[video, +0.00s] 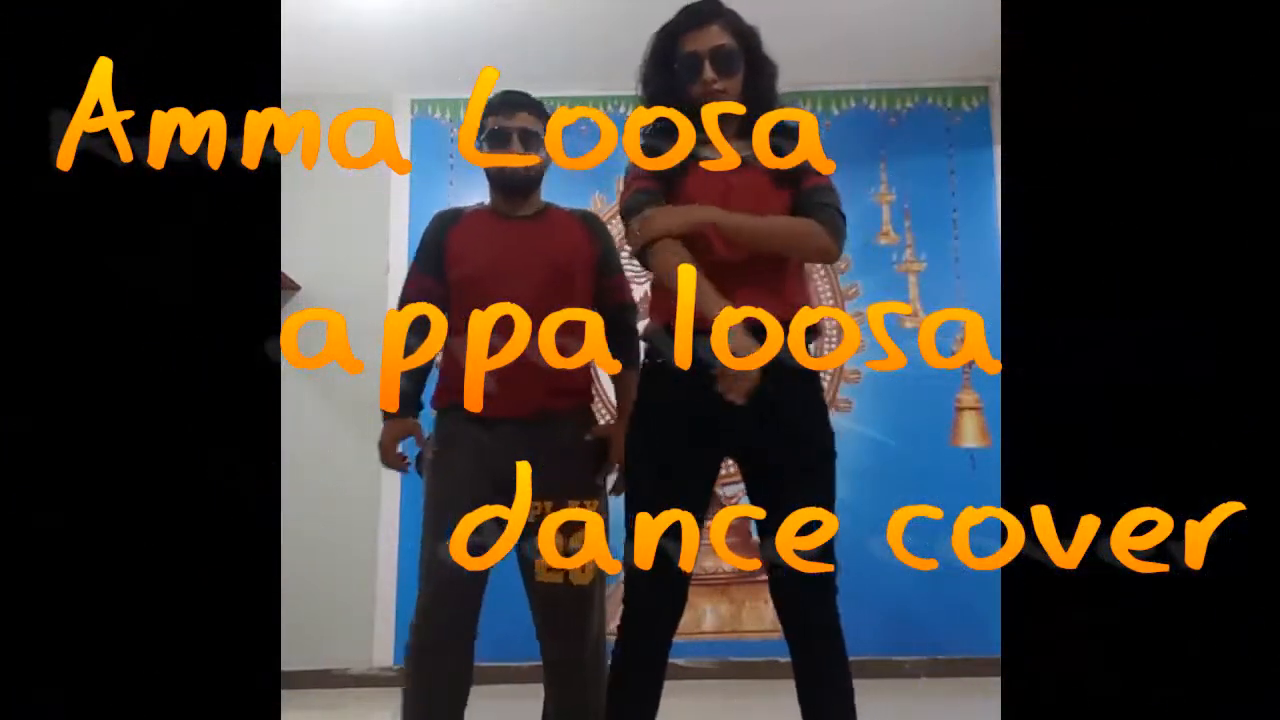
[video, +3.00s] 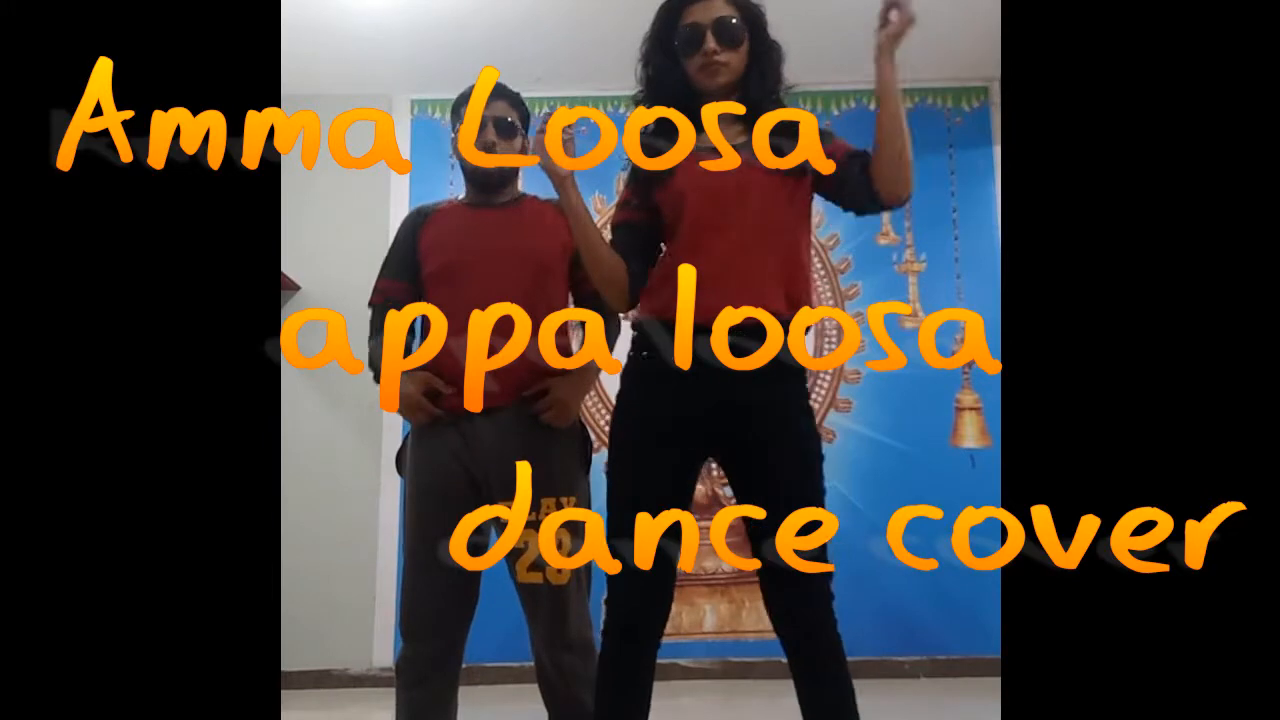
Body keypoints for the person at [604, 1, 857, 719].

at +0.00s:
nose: (710, 74)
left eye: (724, 58)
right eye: (692, 65)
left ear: (751, 65)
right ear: (670, 78)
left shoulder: (789, 137)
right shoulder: (657, 148)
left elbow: (828, 239)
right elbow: (655, 245)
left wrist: (699, 216)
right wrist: (728, 327)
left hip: (783, 379)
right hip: (677, 379)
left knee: (807, 589)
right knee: (653, 590)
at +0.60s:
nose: (698, 67)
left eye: (714, 51)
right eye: (679, 56)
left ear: (743, 61)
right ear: (656, 72)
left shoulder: (783, 152)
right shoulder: (639, 161)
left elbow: (820, 284)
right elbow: (626, 278)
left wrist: (724, 295)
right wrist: (645, 360)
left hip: (772, 387)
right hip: (670, 385)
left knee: (804, 596)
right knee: (647, 597)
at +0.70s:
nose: (702, 65)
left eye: (718, 49)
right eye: (683, 54)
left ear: (747, 58)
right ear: (662, 69)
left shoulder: (784, 148)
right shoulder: (644, 157)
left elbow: (818, 272)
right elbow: (628, 289)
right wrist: (613, 414)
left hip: (782, 389)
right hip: (676, 389)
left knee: (807, 595)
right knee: (650, 599)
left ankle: (834, 718)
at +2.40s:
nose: (635, 61)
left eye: (653, 42)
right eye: (634, 46)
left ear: (709, 47)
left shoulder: (778, 137)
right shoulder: (636, 148)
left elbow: (820, 272)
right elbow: (615, 285)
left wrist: (909, 347)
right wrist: (582, 301)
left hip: (765, 387)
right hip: (658, 388)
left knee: (818, 599)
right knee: (636, 602)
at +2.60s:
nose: (672, 53)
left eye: (690, 35)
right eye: (657, 45)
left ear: (731, 42)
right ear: (647, 66)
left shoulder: (786, 135)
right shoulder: (649, 152)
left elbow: (846, 272)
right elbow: (630, 304)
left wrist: (957, 249)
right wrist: (567, 257)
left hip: (796, 388)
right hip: (686, 391)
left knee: (822, 601)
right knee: (653, 605)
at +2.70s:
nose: (694, 48)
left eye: (711, 30)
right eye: (675, 39)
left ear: (744, 44)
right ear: (659, 62)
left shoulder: (790, 132)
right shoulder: (655, 150)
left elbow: (868, 253)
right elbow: (632, 298)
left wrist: (953, 164)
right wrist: (560, 207)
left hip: (797, 388)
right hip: (689, 390)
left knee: (824, 598)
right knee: (643, 603)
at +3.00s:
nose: (710, 47)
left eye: (727, 32)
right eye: (691, 36)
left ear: (755, 47)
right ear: (670, 55)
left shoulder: (789, 134)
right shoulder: (659, 147)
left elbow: (888, 186)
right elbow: (617, 285)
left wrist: (885, 63)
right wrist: (562, 182)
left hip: (767, 380)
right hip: (664, 378)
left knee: (802, 592)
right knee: (637, 594)